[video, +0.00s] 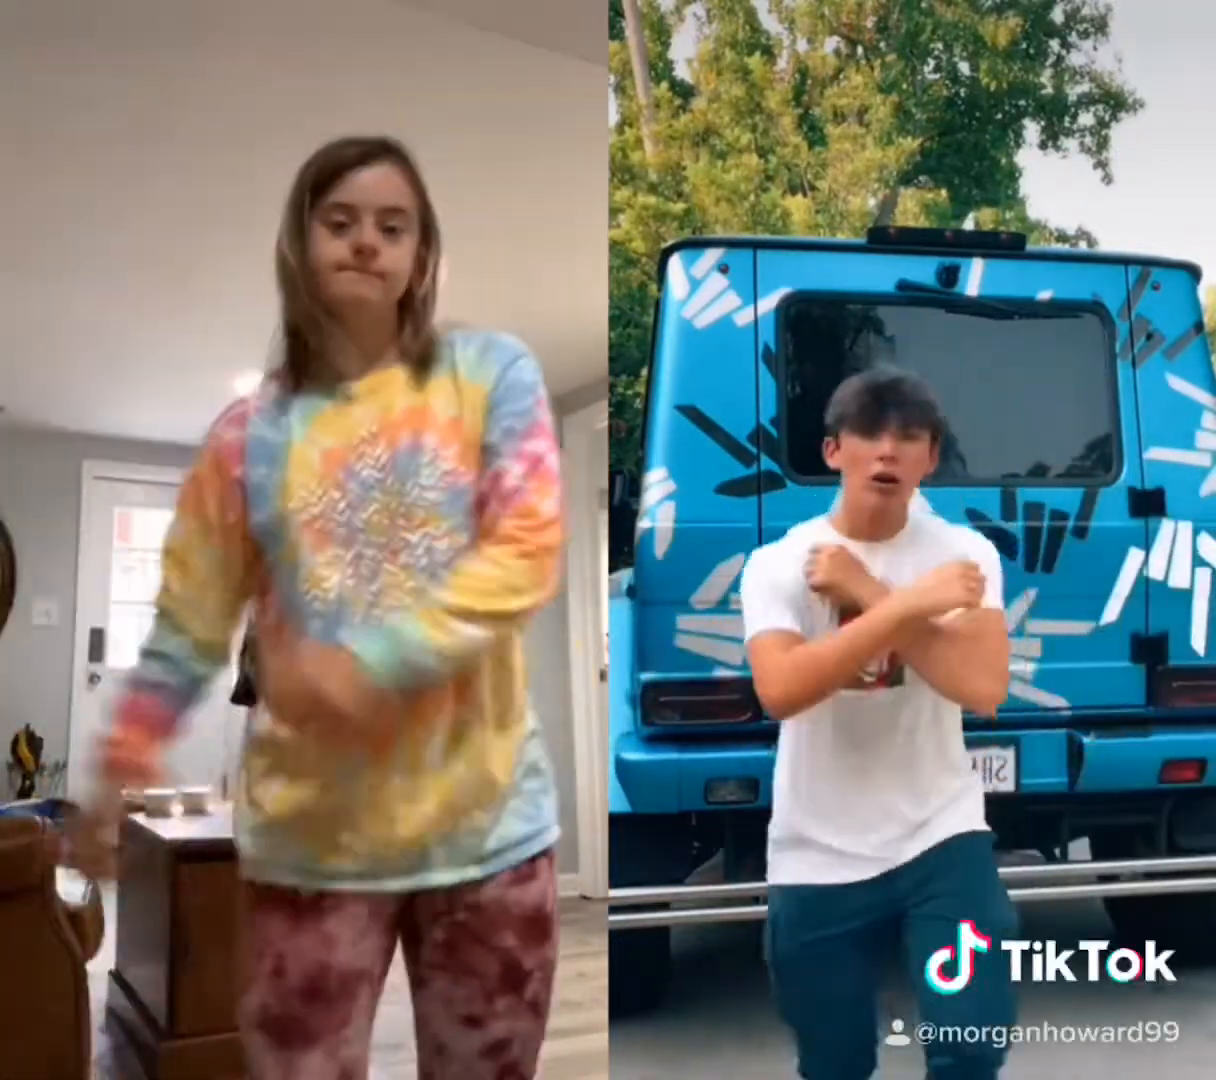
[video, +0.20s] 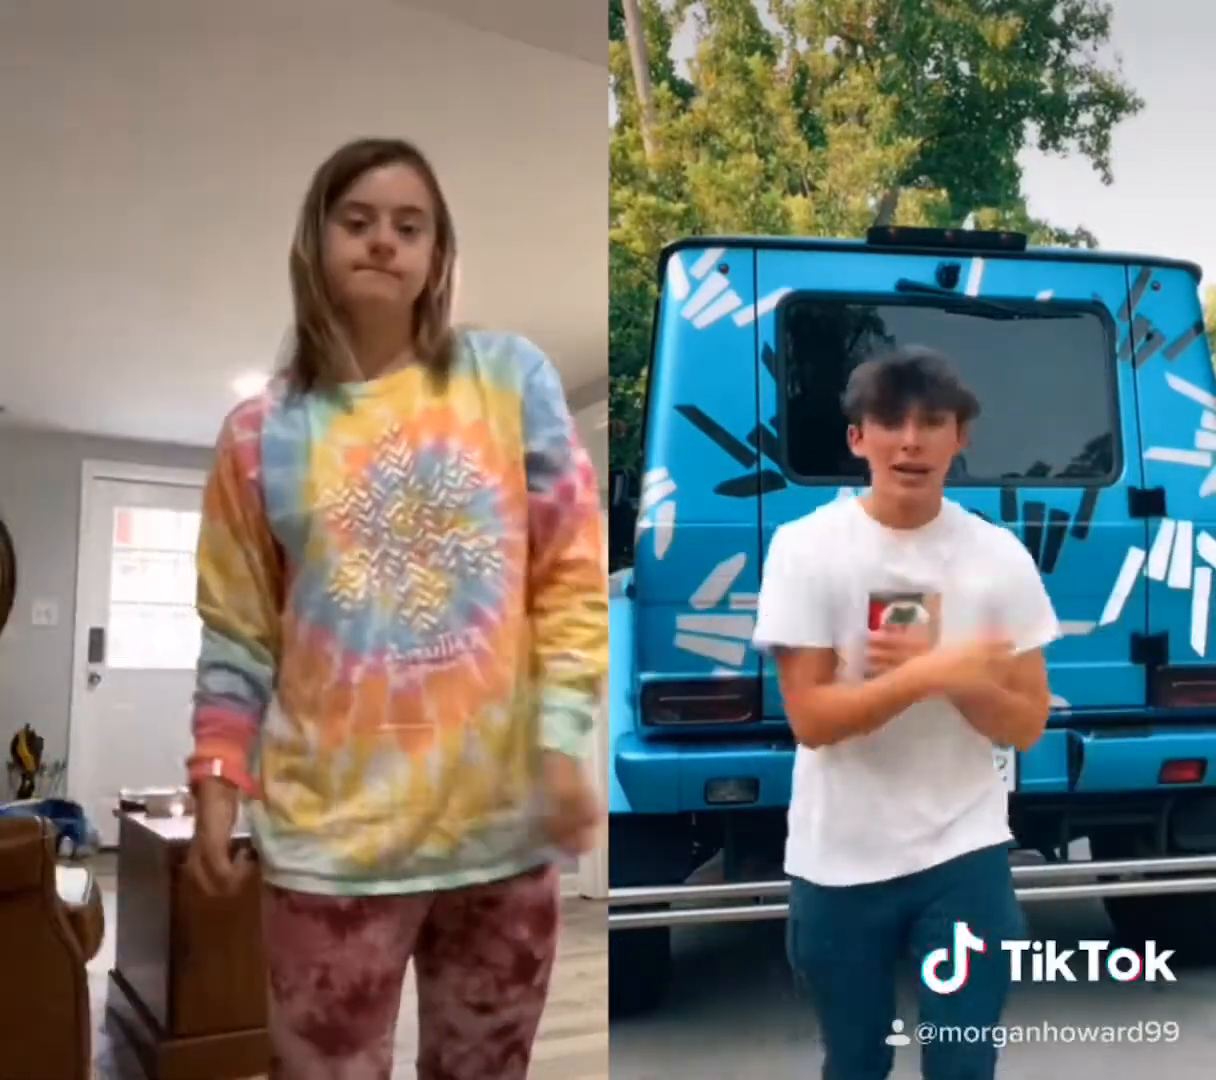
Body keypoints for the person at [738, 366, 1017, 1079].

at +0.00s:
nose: (889, 452)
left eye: (909, 437)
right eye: (871, 435)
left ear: (932, 458)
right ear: (834, 452)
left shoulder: (965, 553)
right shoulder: (780, 563)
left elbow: (985, 685)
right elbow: (780, 687)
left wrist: (870, 594)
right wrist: (912, 605)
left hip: (942, 835)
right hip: (817, 854)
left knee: (972, 1050)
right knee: (833, 1064)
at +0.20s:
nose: (911, 441)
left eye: (931, 423)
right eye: (891, 422)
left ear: (960, 437)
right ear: (858, 438)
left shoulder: (999, 558)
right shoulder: (806, 551)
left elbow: (1027, 724)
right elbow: (810, 720)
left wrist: (928, 666)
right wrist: (938, 673)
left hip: (966, 854)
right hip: (838, 862)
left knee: (963, 1063)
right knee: (853, 1062)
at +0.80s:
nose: (904, 442)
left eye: (927, 421)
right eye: (882, 423)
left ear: (961, 448)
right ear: (845, 452)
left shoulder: (1016, 580)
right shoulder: (786, 596)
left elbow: (1060, 778)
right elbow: (787, 795)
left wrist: (982, 644)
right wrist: (852, 649)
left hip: (992, 924)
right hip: (841, 933)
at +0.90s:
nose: (890, 388)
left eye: (913, 366)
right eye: (868, 369)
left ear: (953, 387)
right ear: (836, 395)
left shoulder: (1020, 509)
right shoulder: (798, 532)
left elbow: (1056, 688)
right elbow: (798, 748)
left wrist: (932, 545)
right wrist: (783, 576)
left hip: (1010, 890)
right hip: (857, 900)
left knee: (1017, 1065)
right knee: (866, 1064)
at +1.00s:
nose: (878, 379)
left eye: (901, 354)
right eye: (854, 359)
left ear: (944, 375)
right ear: (825, 386)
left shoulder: (1015, 481)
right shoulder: (804, 538)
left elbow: (1054, 629)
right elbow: (839, 752)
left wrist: (889, 550)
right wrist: (740, 660)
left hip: (1035, 870)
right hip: (885, 890)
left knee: (1043, 1064)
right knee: (917, 1064)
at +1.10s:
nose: (875, 431)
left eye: (898, 405)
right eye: (853, 411)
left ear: (941, 428)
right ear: (826, 439)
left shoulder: (1022, 529)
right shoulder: (813, 607)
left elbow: (1073, 683)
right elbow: (864, 812)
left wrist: (889, 641)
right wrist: (761, 757)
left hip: (1062, 920)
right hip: (907, 938)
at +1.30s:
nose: (943, 445)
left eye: (966, 425)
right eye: (920, 428)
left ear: (1004, 456)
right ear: (885, 464)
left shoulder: (1085, 561)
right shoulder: (860, 629)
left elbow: (1141, 746)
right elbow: (880, 835)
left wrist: (976, 657)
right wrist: (805, 703)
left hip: (1120, 932)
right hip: (957, 948)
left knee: (1186, 1061)